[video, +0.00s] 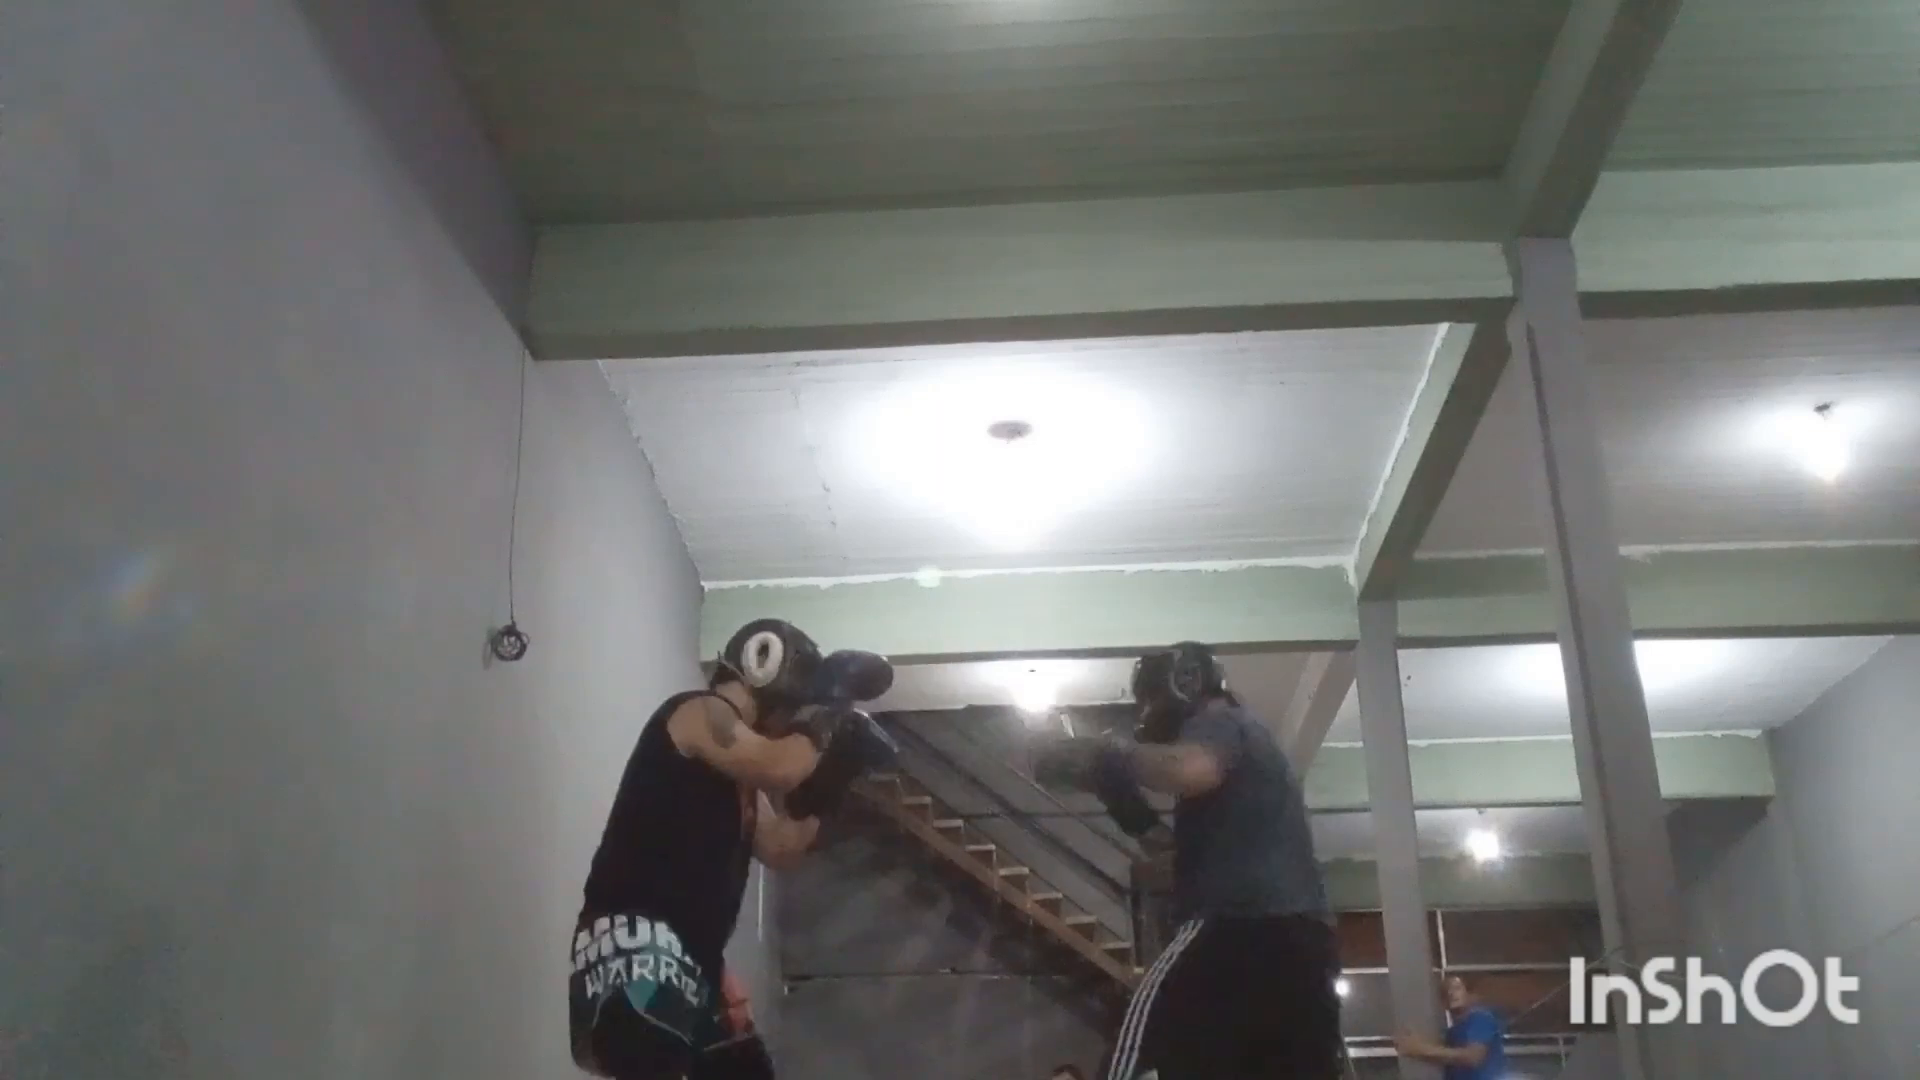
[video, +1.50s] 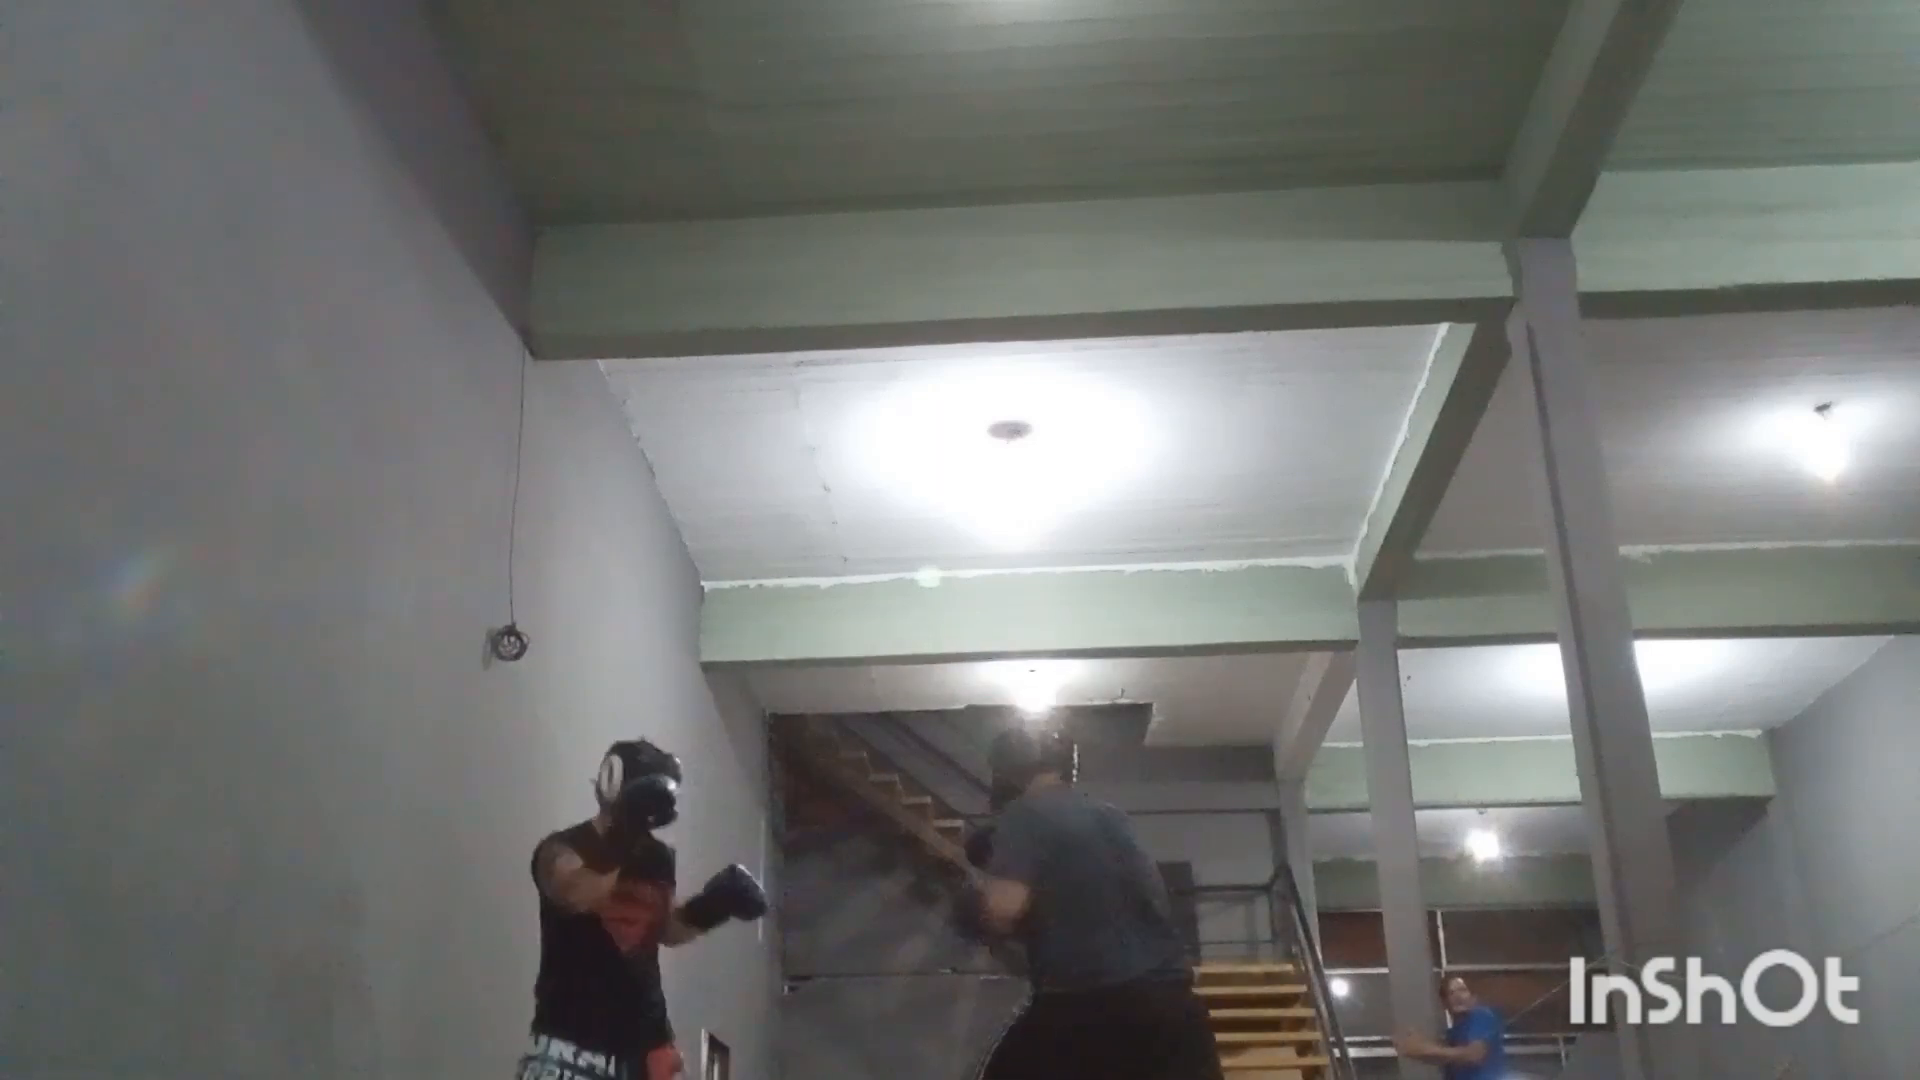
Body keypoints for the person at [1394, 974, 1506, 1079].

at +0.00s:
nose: (1453, 993)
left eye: (1457, 988)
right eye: (1448, 990)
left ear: (1466, 991)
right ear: (1444, 997)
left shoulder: (1481, 1018)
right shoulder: (1453, 1030)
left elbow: (1474, 1056)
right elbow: (1450, 1058)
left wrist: (1423, 1050)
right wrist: (1417, 1048)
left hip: (1485, 1075)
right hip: (1460, 1076)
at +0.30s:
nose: (1450, 994)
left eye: (1455, 989)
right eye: (1447, 990)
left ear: (1467, 991)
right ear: (1443, 995)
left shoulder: (1480, 1018)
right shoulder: (1454, 1028)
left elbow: (1475, 1057)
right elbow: (1451, 1055)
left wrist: (1427, 1049)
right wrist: (1420, 1047)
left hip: (1483, 1075)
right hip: (1460, 1076)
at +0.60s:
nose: (1451, 994)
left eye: (1456, 989)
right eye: (1446, 991)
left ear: (1467, 992)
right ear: (1442, 996)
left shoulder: (1479, 1017)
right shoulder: (1454, 1029)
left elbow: (1475, 1055)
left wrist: (1428, 1050)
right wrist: (1420, 1047)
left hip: (1482, 1075)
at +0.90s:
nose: (1455, 994)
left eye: (1460, 989)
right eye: (1450, 992)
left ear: (1468, 993)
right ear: (1444, 998)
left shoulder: (1480, 1016)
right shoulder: (1453, 1028)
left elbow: (1475, 1054)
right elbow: (1450, 1056)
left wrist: (1427, 1050)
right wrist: (1420, 1048)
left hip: (1483, 1075)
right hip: (1459, 1075)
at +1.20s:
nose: (1459, 995)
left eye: (1463, 989)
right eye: (1453, 991)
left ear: (1470, 993)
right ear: (1446, 999)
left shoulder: (1480, 1016)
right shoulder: (1455, 1027)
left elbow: (1476, 1054)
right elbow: (1447, 1053)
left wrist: (1425, 1049)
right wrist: (1418, 1046)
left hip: (1482, 1075)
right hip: (1458, 1076)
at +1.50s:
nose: (1458, 997)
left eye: (1463, 990)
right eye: (1452, 993)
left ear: (1470, 995)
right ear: (1444, 1001)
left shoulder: (1481, 1017)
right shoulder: (1454, 1030)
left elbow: (1476, 1054)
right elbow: (1450, 1055)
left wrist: (1425, 1050)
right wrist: (1418, 1048)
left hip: (1485, 1075)